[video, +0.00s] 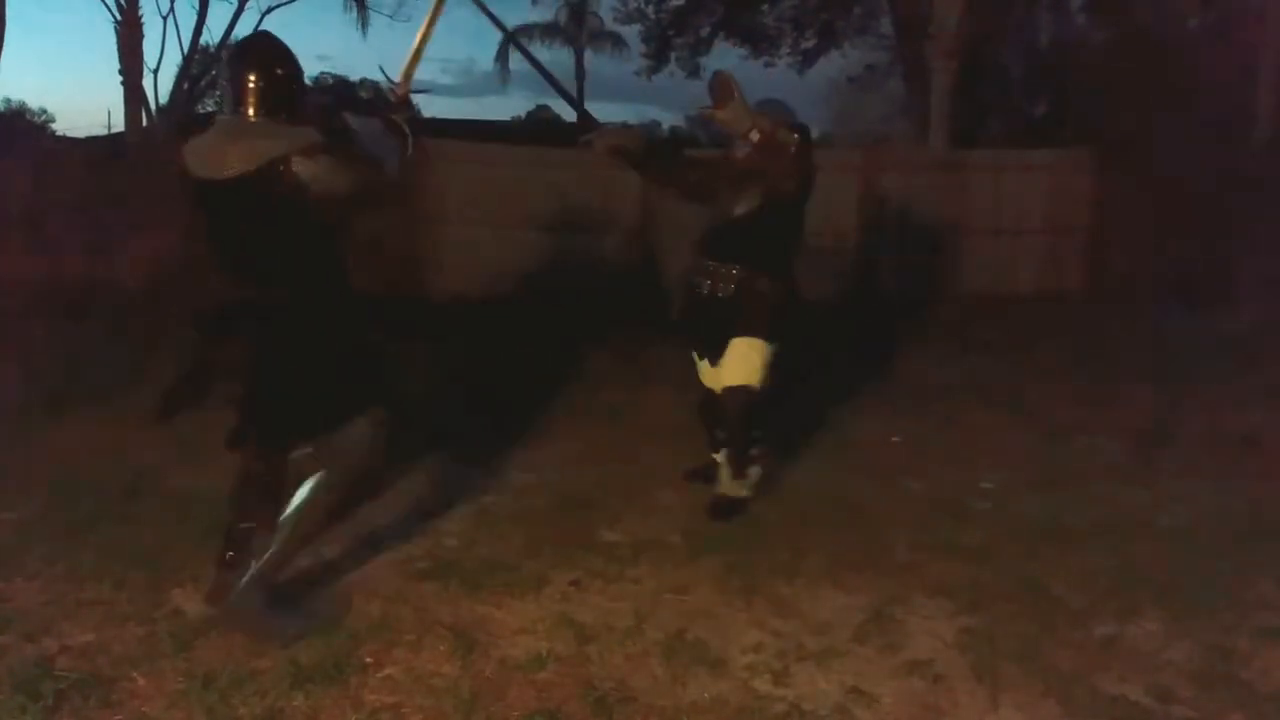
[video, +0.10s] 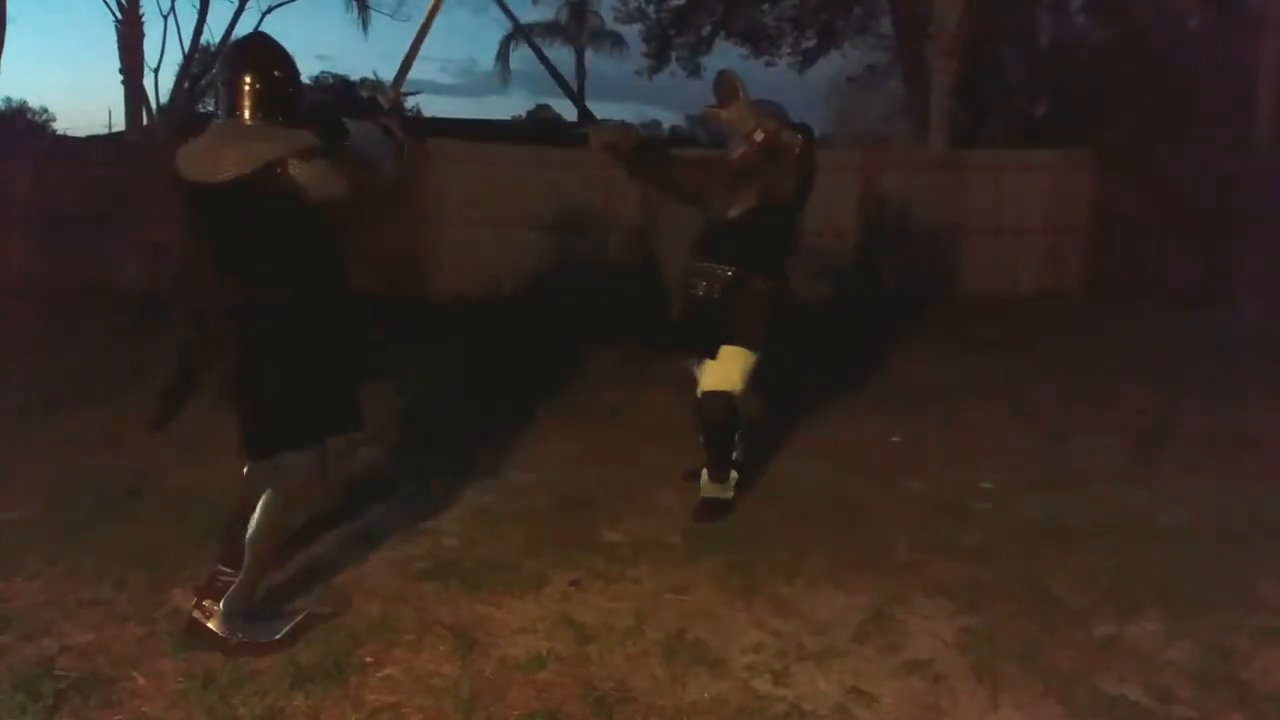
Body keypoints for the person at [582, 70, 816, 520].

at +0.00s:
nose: (743, 145)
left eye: (760, 138)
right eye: (741, 138)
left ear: (783, 140)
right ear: (736, 140)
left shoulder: (790, 179)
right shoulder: (726, 173)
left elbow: (791, 152)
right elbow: (682, 174)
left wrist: (748, 125)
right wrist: (636, 152)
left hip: (757, 292)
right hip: (712, 288)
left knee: (738, 390)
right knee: (712, 386)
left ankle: (736, 484)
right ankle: (721, 457)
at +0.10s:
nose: (732, 144)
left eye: (741, 137)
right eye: (729, 136)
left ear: (765, 138)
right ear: (729, 137)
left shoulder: (783, 182)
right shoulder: (720, 174)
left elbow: (797, 154)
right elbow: (673, 172)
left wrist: (753, 125)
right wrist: (631, 150)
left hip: (753, 292)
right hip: (709, 289)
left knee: (719, 390)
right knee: (706, 384)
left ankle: (720, 478)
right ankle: (718, 459)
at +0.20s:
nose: (738, 145)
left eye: (748, 139)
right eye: (733, 137)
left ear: (768, 142)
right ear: (728, 139)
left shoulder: (781, 184)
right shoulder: (718, 176)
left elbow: (796, 159)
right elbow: (671, 170)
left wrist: (752, 128)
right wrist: (626, 148)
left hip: (747, 295)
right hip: (704, 292)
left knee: (713, 392)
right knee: (701, 386)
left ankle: (718, 485)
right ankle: (716, 460)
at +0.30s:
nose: (728, 148)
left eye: (738, 142)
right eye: (727, 139)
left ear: (760, 145)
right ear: (722, 140)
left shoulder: (772, 189)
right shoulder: (707, 177)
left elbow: (797, 167)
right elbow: (658, 165)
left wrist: (758, 134)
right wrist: (617, 138)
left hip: (743, 294)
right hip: (704, 290)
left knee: (712, 395)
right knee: (696, 382)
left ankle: (721, 487)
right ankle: (715, 460)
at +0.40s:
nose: (723, 145)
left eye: (733, 137)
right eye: (721, 136)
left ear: (756, 139)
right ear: (718, 136)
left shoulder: (772, 182)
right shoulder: (705, 174)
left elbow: (797, 175)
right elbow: (654, 164)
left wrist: (765, 143)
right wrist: (613, 135)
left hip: (740, 289)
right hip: (694, 283)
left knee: (718, 393)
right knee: (688, 381)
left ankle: (722, 486)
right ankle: (712, 459)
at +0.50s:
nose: (715, 150)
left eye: (725, 142)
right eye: (711, 140)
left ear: (747, 144)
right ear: (704, 138)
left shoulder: (763, 186)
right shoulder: (687, 171)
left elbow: (796, 175)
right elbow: (646, 158)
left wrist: (758, 143)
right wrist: (613, 133)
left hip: (729, 288)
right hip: (677, 280)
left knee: (711, 399)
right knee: (663, 388)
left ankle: (719, 486)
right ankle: (698, 445)